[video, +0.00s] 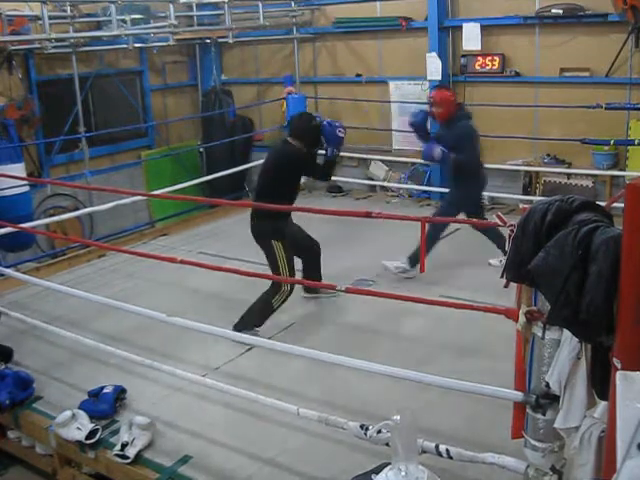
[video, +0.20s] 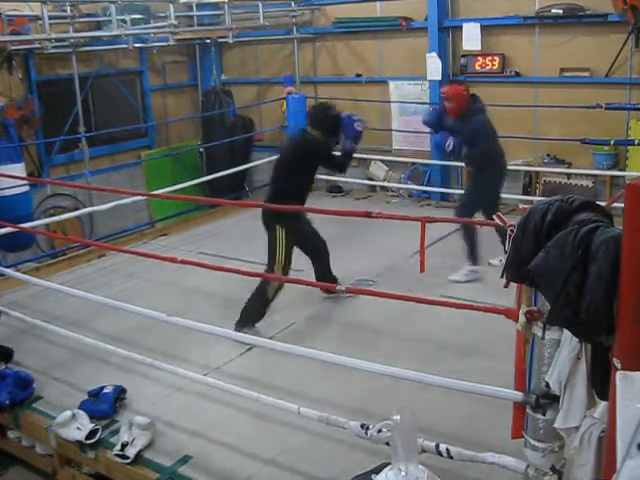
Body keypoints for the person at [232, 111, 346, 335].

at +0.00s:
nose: (319, 138)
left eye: (319, 133)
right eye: (317, 134)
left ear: (294, 132)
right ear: (308, 136)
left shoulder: (289, 149)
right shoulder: (293, 155)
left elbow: (319, 172)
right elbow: (324, 174)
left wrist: (330, 147)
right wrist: (333, 150)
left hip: (279, 220)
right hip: (269, 224)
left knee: (311, 248)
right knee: (284, 284)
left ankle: (313, 287)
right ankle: (242, 328)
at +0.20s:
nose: (335, 133)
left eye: (336, 129)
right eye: (334, 129)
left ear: (313, 124)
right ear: (325, 128)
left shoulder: (308, 141)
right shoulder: (308, 145)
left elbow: (337, 164)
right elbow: (340, 166)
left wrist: (346, 140)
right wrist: (350, 143)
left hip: (291, 213)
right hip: (280, 215)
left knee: (318, 248)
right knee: (277, 274)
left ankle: (328, 285)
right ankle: (244, 324)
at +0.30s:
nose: (345, 118)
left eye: (345, 115)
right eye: (343, 114)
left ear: (323, 111)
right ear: (336, 115)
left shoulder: (321, 131)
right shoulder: (318, 133)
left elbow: (342, 154)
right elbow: (344, 157)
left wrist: (355, 136)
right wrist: (362, 139)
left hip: (303, 202)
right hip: (289, 203)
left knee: (322, 243)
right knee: (287, 256)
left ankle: (328, 283)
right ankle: (257, 305)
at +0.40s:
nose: (356, 110)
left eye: (356, 106)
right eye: (353, 106)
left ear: (332, 108)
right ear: (343, 109)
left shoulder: (333, 132)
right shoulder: (324, 134)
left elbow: (345, 157)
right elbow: (346, 159)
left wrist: (358, 141)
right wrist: (365, 144)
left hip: (318, 196)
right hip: (301, 199)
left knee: (341, 236)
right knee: (310, 252)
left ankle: (330, 280)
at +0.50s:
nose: (366, 116)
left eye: (365, 112)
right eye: (363, 112)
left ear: (344, 116)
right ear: (352, 116)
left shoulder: (344, 137)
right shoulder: (333, 140)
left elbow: (346, 163)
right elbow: (350, 170)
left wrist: (362, 146)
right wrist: (373, 158)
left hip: (335, 201)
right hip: (316, 204)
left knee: (369, 230)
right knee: (309, 260)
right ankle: (277, 288)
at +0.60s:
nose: (386, 119)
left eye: (384, 116)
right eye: (382, 116)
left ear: (364, 120)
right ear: (372, 121)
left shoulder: (370, 139)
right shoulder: (349, 145)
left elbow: (377, 148)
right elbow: (357, 174)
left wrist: (396, 135)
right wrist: (382, 163)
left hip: (356, 203)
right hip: (337, 206)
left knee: (388, 228)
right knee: (320, 252)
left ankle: (413, 257)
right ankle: (280, 286)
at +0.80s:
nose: (433, 110)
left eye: (432, 108)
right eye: (429, 108)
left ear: (425, 111)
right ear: (416, 110)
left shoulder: (424, 122)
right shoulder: (396, 130)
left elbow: (443, 121)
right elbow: (386, 165)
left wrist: (461, 111)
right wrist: (416, 157)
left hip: (401, 183)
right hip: (382, 184)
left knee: (423, 222)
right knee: (379, 234)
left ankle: (421, 262)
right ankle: (347, 255)